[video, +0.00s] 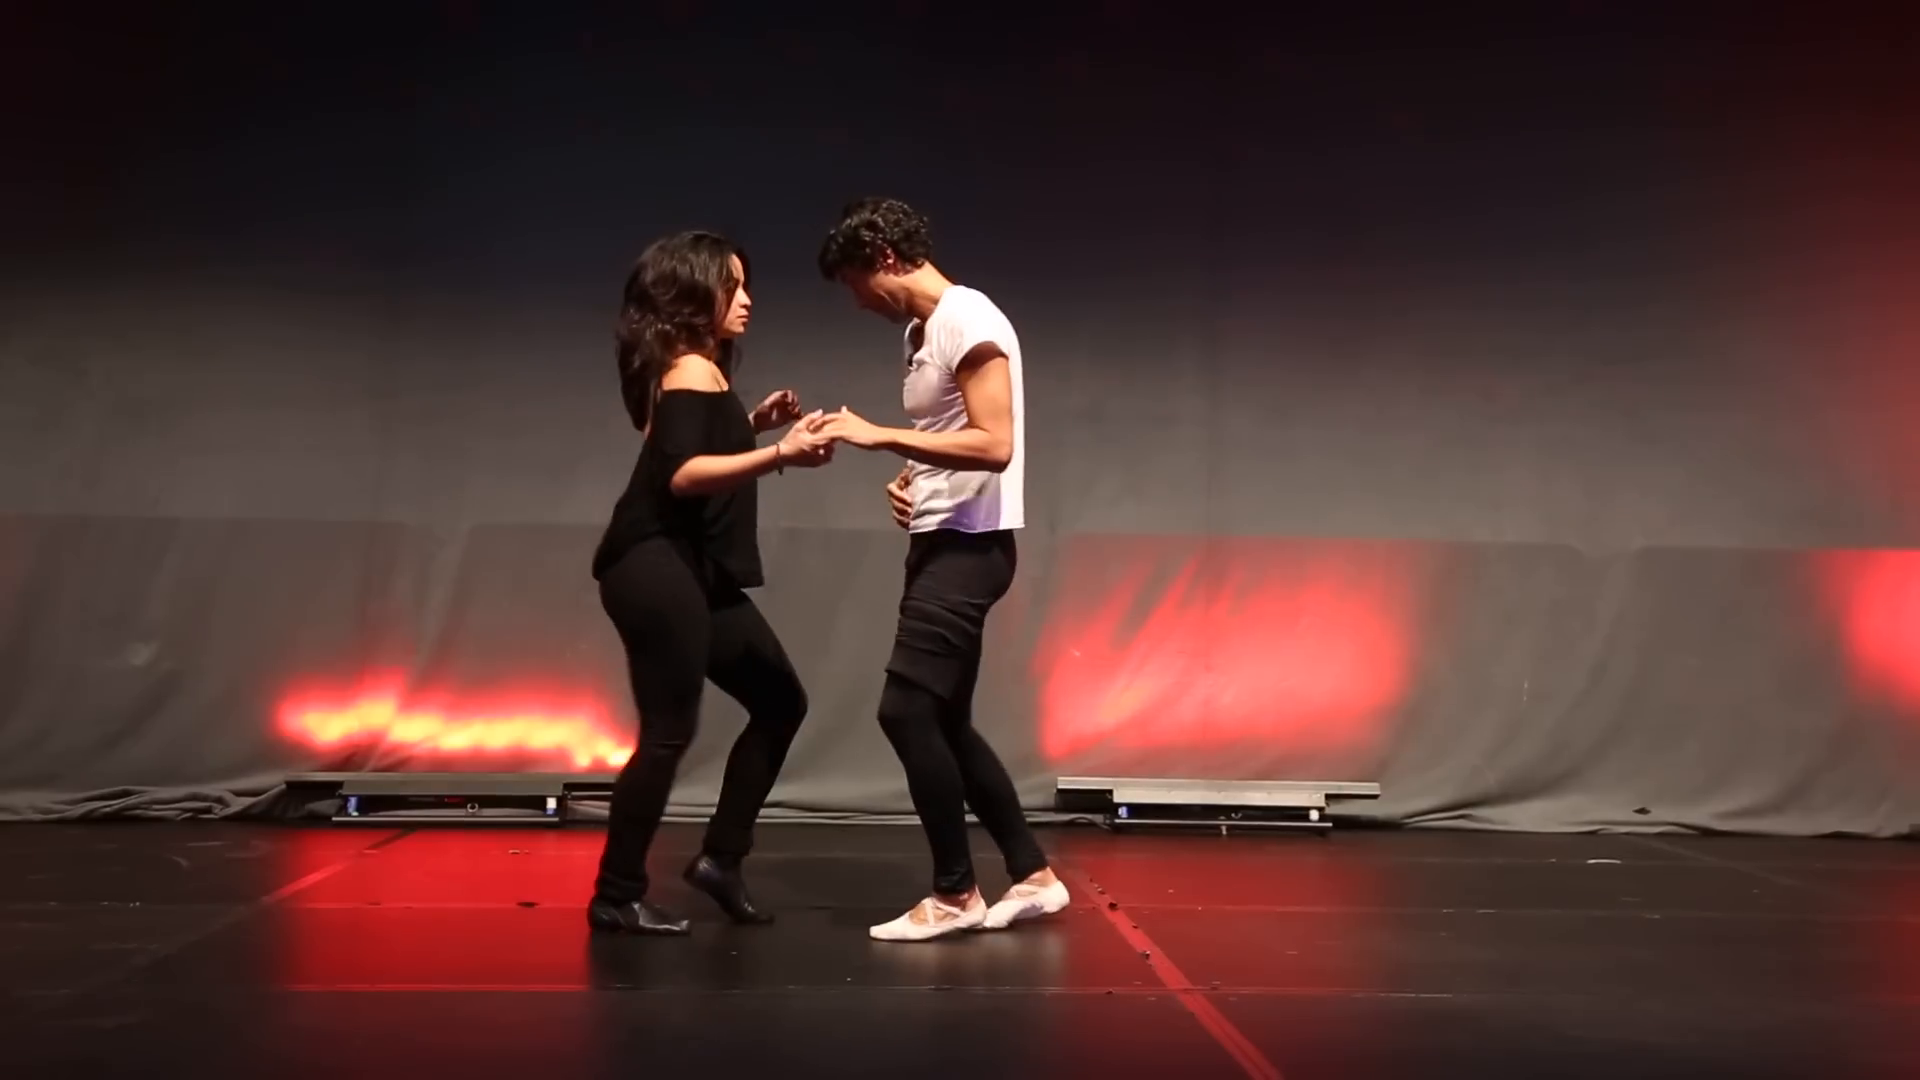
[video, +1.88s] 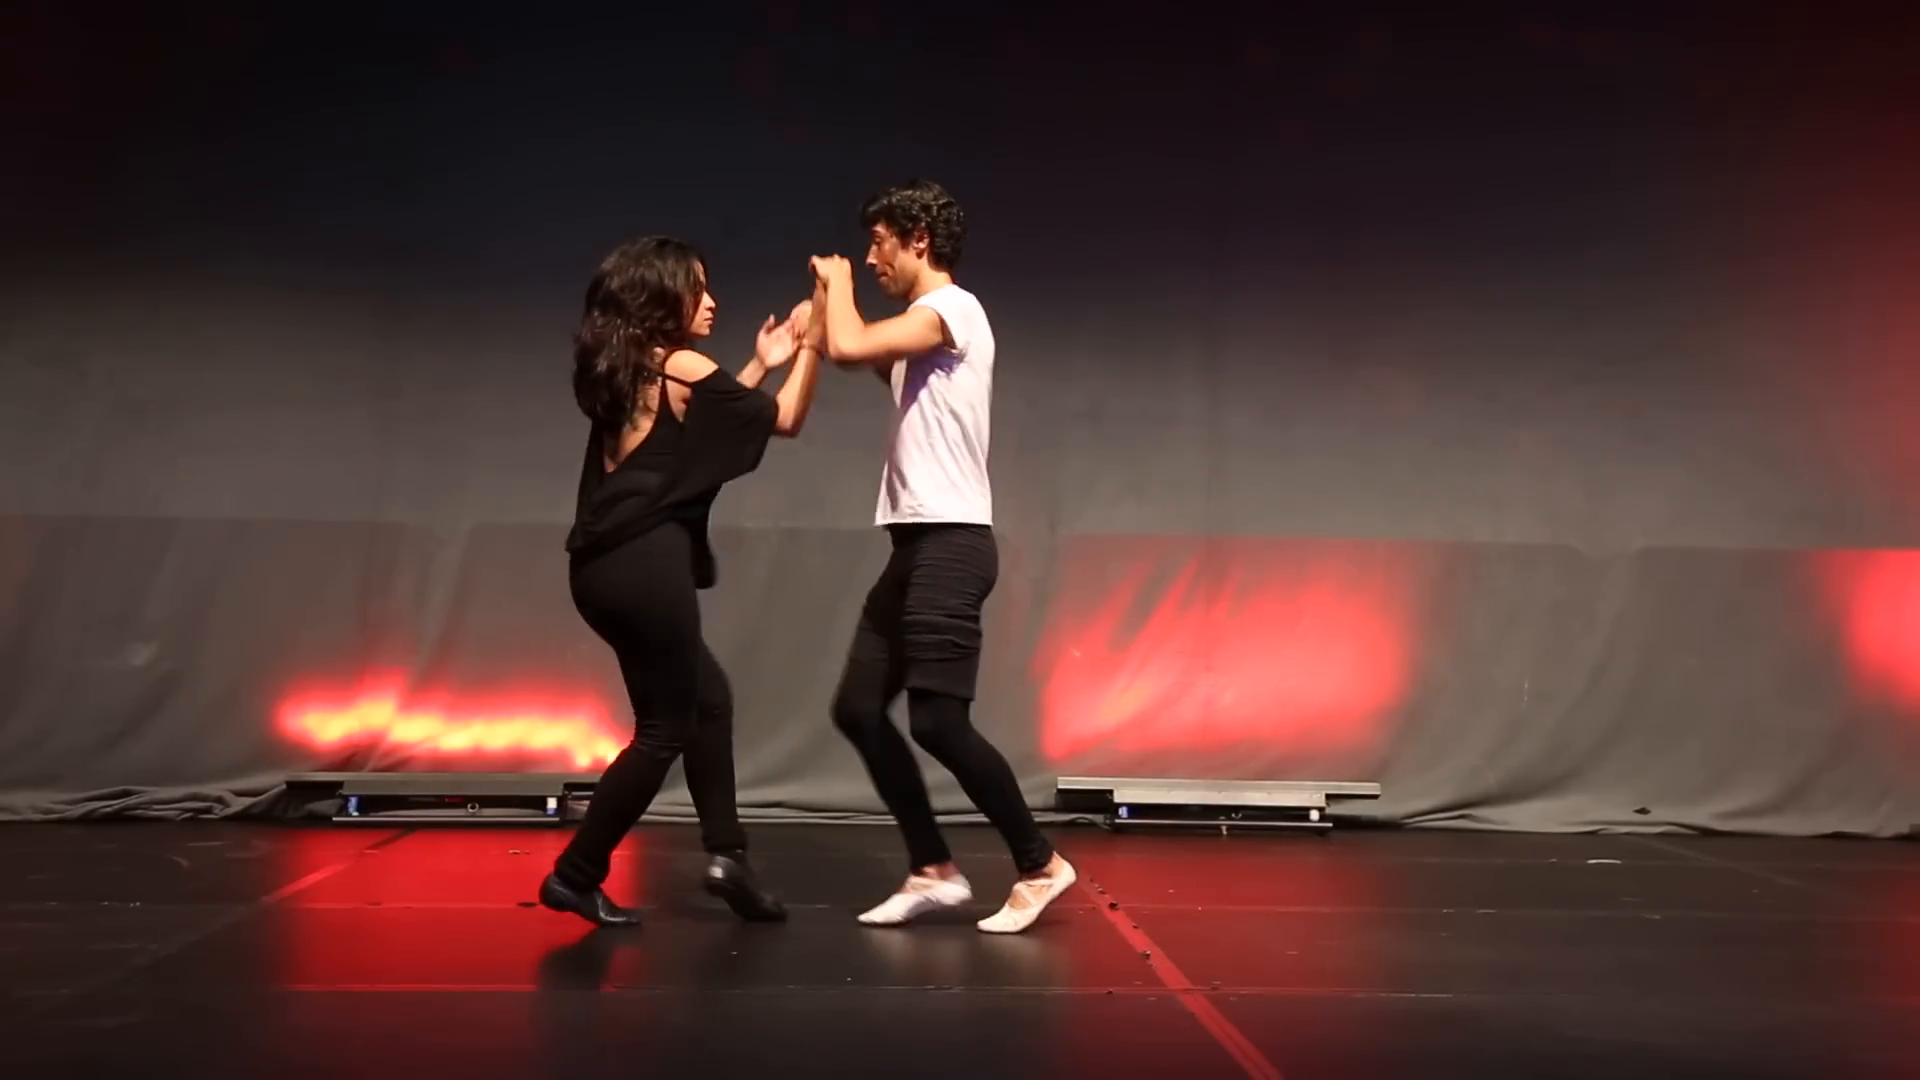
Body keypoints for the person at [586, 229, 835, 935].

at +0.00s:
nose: (745, 299)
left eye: (744, 286)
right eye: (733, 287)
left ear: (705, 302)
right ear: (696, 297)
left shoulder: (706, 371)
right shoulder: (689, 374)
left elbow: (695, 455)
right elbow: (682, 473)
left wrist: (755, 425)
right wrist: (777, 455)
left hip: (694, 575)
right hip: (654, 571)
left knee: (781, 704)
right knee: (667, 732)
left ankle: (721, 860)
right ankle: (616, 898)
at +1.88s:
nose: (710, 300)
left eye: (706, 288)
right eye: (699, 290)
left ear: (642, 302)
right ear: (666, 301)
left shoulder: (624, 366)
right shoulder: (684, 367)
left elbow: (705, 423)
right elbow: (786, 419)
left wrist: (761, 363)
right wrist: (812, 341)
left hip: (604, 570)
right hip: (648, 571)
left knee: (710, 699)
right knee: (664, 730)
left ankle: (726, 856)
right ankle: (576, 875)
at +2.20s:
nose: (719, 302)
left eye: (715, 291)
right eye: (707, 291)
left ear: (653, 299)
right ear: (671, 299)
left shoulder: (647, 362)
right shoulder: (684, 356)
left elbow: (762, 376)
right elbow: (774, 349)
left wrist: (787, 261)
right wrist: (801, 241)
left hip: (640, 562)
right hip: (658, 560)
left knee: (720, 717)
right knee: (666, 730)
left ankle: (702, 880)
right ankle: (580, 882)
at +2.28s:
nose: (722, 302)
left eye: (720, 290)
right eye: (712, 290)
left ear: (658, 297)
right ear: (680, 295)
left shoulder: (680, 363)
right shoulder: (672, 351)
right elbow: (753, 322)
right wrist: (785, 229)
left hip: (680, 568)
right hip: (643, 561)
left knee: (740, 718)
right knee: (666, 729)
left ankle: (699, 880)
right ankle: (581, 876)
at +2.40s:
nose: (727, 292)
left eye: (737, 282)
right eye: (713, 278)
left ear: (747, 296)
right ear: (680, 288)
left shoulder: (745, 361)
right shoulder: (640, 344)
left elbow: (765, 334)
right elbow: (655, 282)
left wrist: (752, 232)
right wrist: (717, 216)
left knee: (744, 723)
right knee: (643, 727)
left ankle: (714, 875)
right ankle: (636, 883)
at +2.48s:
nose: (697, 276)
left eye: (715, 273)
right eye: (690, 260)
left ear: (738, 297)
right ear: (666, 278)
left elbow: (708, 300)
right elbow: (612, 266)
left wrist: (715, 216)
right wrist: (688, 202)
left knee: (721, 727)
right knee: (612, 726)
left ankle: (726, 871)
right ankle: (672, 879)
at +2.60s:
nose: (658, 264)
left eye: (673, 259)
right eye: (662, 256)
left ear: (702, 278)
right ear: (689, 277)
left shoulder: (693, 340)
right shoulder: (679, 332)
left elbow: (610, 283)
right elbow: (630, 270)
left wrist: (671, 230)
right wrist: (680, 205)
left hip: (683, 556)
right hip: (653, 553)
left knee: (639, 720)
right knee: (630, 722)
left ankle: (754, 838)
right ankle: (680, 881)